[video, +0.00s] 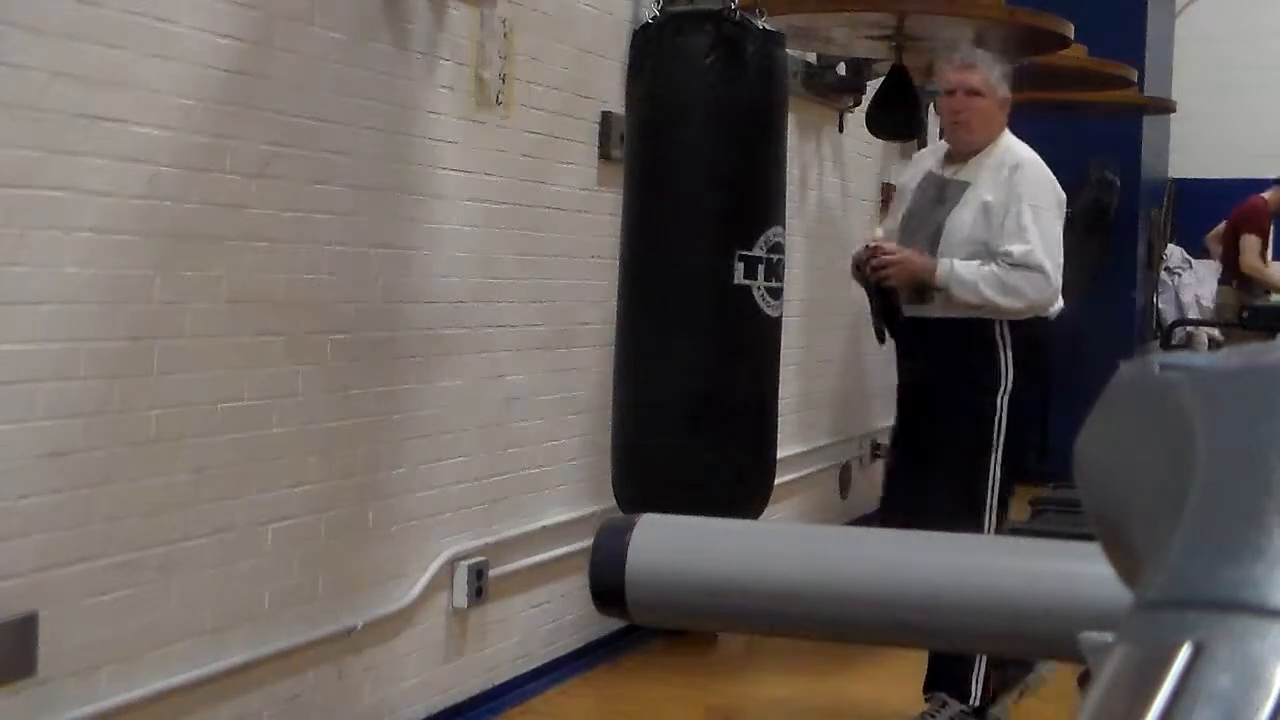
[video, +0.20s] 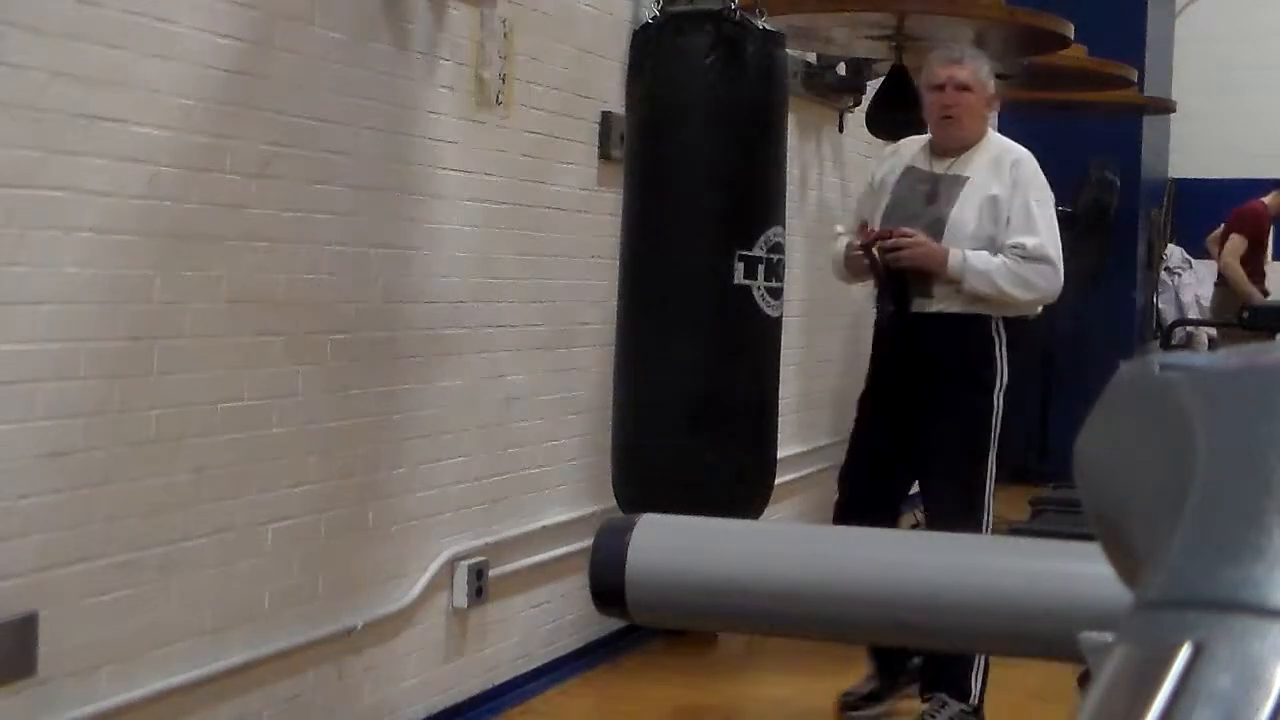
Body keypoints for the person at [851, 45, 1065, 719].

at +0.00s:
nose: (952, 106)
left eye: (969, 94)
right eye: (944, 94)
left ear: (1004, 104)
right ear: (937, 103)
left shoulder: (1026, 174)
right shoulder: (926, 167)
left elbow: (1038, 284)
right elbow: (901, 254)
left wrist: (933, 271)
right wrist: (875, 264)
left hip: (988, 364)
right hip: (925, 359)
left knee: (967, 523)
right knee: (910, 513)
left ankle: (958, 691)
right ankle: (1000, 651)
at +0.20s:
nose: (946, 99)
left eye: (961, 88)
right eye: (936, 88)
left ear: (991, 101)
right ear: (922, 98)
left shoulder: (1015, 169)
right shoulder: (896, 164)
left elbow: (1041, 276)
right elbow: (845, 261)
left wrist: (945, 261)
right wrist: (862, 253)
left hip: (971, 358)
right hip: (897, 353)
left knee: (957, 522)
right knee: (861, 508)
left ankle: (957, 689)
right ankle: (893, 663)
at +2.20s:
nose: (896, 153)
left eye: (907, 139)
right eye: (883, 142)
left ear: (935, 125)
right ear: (869, 133)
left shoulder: (983, 162)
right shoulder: (851, 167)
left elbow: (1038, 254)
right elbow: (825, 258)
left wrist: (963, 275)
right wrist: (873, 291)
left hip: (967, 354)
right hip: (881, 352)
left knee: (959, 515)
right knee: (861, 511)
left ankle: (943, 667)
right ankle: (839, 673)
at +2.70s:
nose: (902, 146)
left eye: (913, 132)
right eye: (890, 134)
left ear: (942, 120)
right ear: (876, 128)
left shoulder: (989, 164)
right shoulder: (856, 164)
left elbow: (1030, 266)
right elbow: (824, 256)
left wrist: (961, 288)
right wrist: (870, 287)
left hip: (963, 356)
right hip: (878, 352)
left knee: (956, 516)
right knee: (859, 511)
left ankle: (943, 669)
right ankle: (839, 672)